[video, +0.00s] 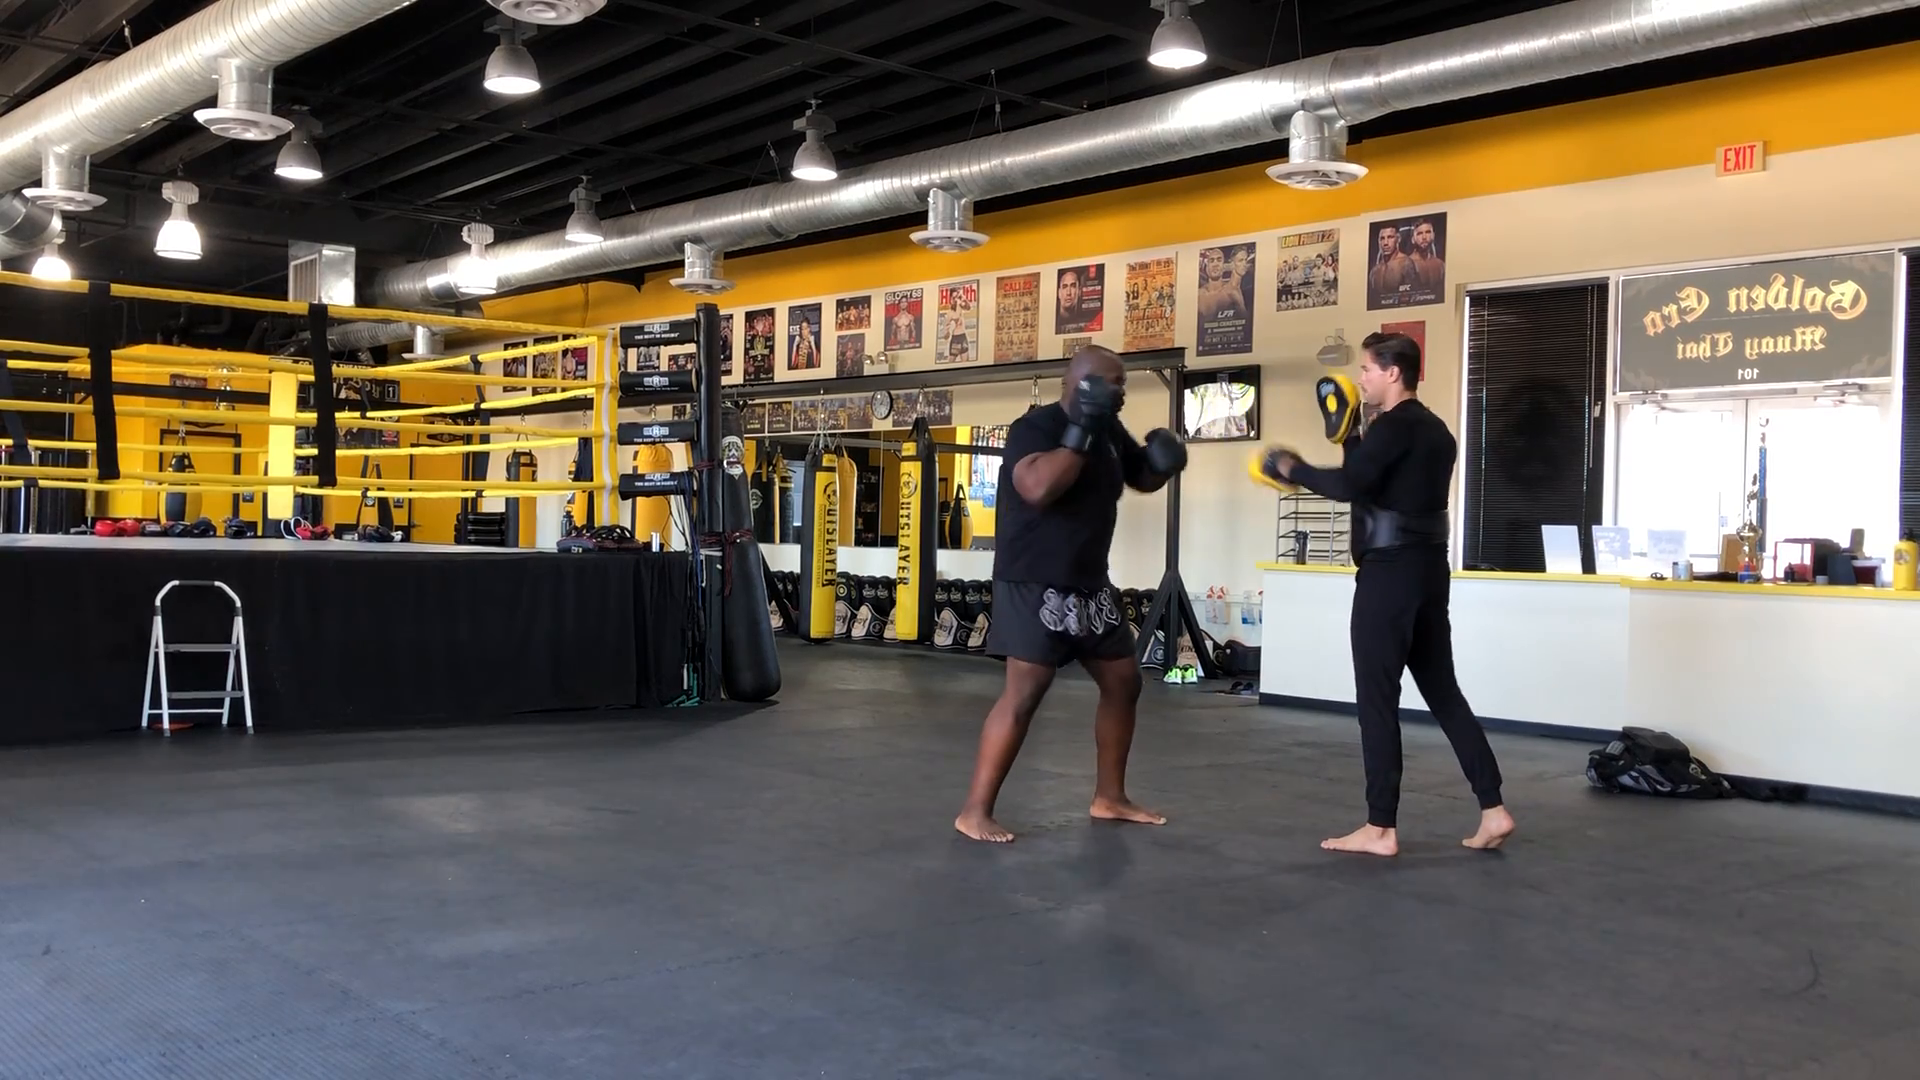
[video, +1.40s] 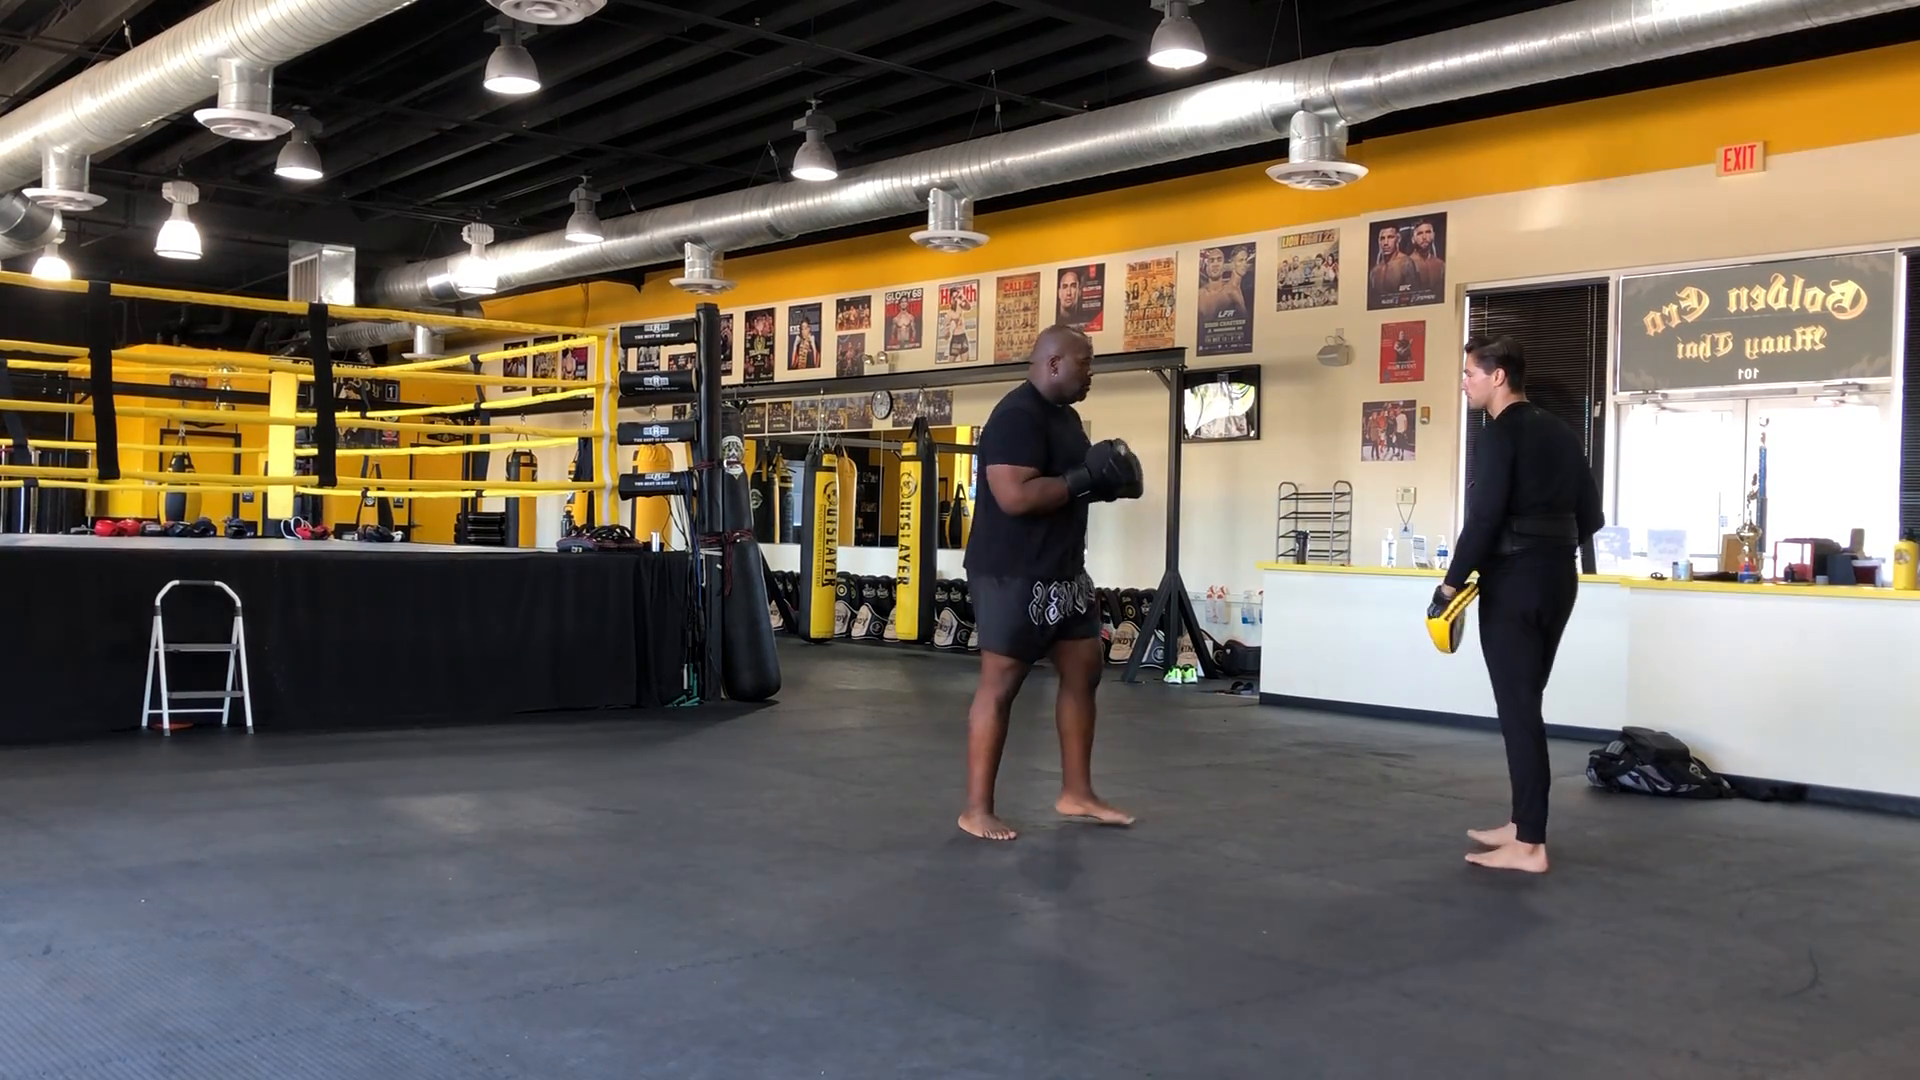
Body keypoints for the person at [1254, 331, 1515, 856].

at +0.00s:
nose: (1361, 378)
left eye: (1367, 369)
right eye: (1362, 369)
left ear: (1393, 373)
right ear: (1403, 375)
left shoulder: (1393, 425)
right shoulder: (1438, 432)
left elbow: (1352, 483)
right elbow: (1383, 492)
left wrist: (1295, 471)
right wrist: (1351, 441)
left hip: (1387, 575)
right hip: (1429, 573)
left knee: (1376, 702)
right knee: (1443, 692)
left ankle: (1380, 828)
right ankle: (1494, 810)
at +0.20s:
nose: (1372, 377)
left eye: (1381, 369)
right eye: (1374, 368)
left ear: (1409, 376)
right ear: (1405, 377)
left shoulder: (1424, 434)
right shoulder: (1401, 433)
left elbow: (1419, 514)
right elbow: (1340, 481)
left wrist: (1354, 527)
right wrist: (1305, 433)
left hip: (1402, 581)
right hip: (1419, 579)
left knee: (1377, 703)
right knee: (1439, 697)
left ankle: (1380, 828)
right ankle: (1505, 806)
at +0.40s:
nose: (1404, 381)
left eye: (1411, 373)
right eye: (1404, 373)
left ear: (1439, 376)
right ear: (1441, 377)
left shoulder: (1445, 434)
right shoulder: (1462, 430)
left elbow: (1430, 512)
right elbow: (1414, 492)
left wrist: (1369, 559)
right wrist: (1370, 450)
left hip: (1419, 584)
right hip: (1452, 584)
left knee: (1387, 702)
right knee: (1463, 699)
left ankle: (1380, 828)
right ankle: (1512, 818)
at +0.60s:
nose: (1435, 388)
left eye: (1442, 378)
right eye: (1435, 379)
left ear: (1471, 381)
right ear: (1476, 382)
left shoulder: (1463, 435)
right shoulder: (1508, 437)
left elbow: (1445, 514)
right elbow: (1475, 500)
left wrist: (1401, 582)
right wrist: (1433, 455)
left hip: (1449, 586)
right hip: (1492, 586)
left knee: (1405, 701)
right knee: (1502, 707)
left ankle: (1384, 826)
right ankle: (1518, 830)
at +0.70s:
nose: (1444, 386)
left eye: (1451, 377)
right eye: (1445, 377)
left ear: (1479, 380)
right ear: (1485, 381)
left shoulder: (1473, 433)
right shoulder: (1519, 435)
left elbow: (1461, 510)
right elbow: (1515, 515)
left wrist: (1426, 580)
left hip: (1465, 587)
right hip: (1507, 588)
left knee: (1417, 699)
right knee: (1515, 710)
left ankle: (1392, 825)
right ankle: (1519, 831)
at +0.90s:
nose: (1456, 386)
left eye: (1462, 376)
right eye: (1457, 377)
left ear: (1491, 379)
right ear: (1497, 380)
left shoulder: (1488, 432)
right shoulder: (1542, 439)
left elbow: (1479, 509)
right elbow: (1563, 525)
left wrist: (1451, 580)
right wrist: (1523, 560)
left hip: (1481, 585)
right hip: (1526, 589)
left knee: (1436, 699)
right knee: (1524, 708)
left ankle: (1464, 825)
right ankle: (1521, 830)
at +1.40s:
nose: (1465, 384)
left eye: (1470, 375)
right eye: (1465, 374)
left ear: (1497, 377)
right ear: (1504, 378)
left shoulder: (1498, 432)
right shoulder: (1557, 428)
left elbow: (1485, 516)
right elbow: (1590, 509)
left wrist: (1450, 584)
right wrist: (1551, 544)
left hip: (1514, 575)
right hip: (1559, 574)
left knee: (1518, 709)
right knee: (1524, 705)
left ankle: (1529, 845)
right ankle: (1523, 823)